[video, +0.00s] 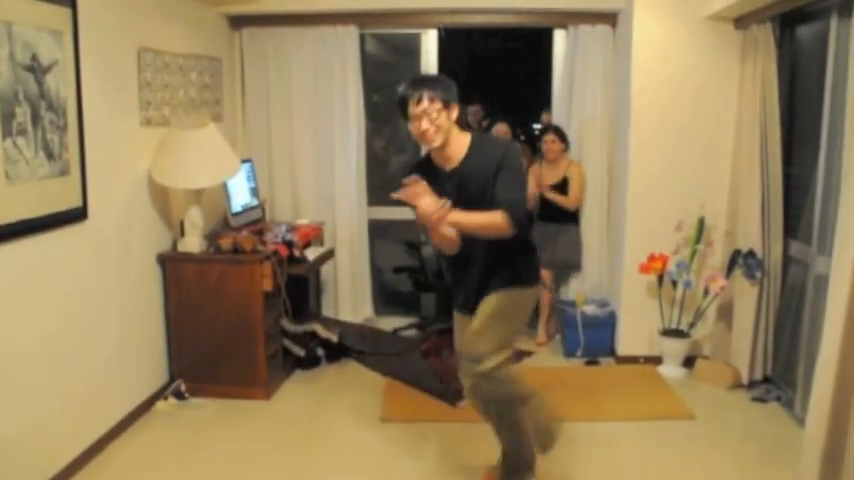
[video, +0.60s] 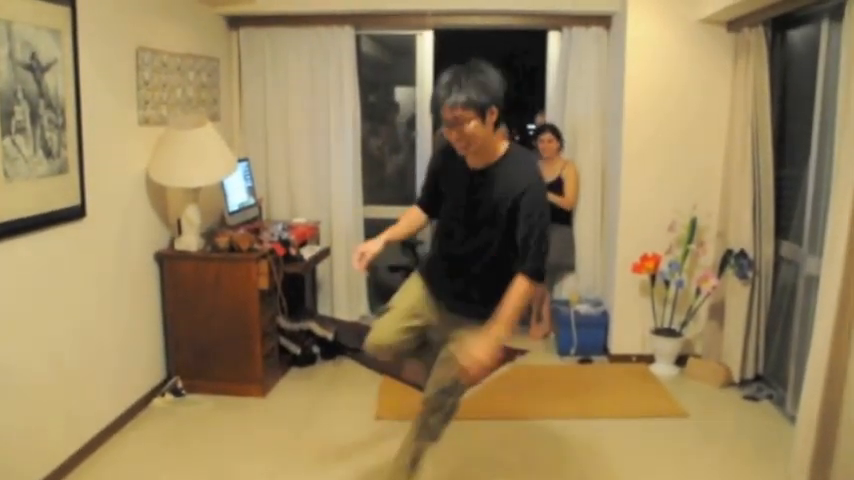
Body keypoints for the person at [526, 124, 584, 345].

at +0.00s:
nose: (548, 147)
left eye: (553, 142)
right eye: (545, 142)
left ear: (563, 146)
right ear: (540, 146)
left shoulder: (573, 168)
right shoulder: (536, 169)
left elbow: (573, 203)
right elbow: (530, 202)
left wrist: (547, 192)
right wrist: (533, 189)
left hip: (565, 227)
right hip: (542, 226)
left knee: (546, 275)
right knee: (548, 279)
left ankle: (543, 325)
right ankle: (553, 321)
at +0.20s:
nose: (547, 146)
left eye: (551, 141)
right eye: (543, 141)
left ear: (561, 145)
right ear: (538, 145)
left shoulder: (570, 167)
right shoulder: (535, 167)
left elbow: (571, 200)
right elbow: (528, 198)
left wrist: (553, 183)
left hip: (564, 228)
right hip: (538, 227)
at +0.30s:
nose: (547, 146)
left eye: (551, 141)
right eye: (543, 142)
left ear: (561, 144)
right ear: (538, 146)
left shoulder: (569, 166)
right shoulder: (535, 169)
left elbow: (568, 197)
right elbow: (530, 199)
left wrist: (559, 172)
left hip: (563, 228)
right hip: (539, 227)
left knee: (551, 280)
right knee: (540, 280)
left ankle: (550, 326)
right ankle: (547, 327)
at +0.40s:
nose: (546, 146)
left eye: (551, 141)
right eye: (543, 141)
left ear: (560, 144)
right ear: (538, 146)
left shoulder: (569, 165)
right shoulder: (537, 167)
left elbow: (569, 198)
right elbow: (531, 198)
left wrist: (561, 171)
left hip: (561, 225)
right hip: (539, 224)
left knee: (538, 274)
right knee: (544, 279)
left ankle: (536, 319)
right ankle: (548, 323)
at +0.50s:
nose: (545, 146)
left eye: (550, 141)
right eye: (542, 141)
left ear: (559, 144)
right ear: (537, 145)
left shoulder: (568, 166)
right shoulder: (538, 167)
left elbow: (568, 200)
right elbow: (532, 197)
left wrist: (553, 177)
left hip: (559, 225)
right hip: (539, 223)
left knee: (538, 273)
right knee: (543, 279)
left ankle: (535, 319)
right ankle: (547, 323)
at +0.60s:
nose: (545, 146)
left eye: (550, 141)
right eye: (541, 141)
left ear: (559, 144)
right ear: (536, 145)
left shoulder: (567, 167)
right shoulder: (534, 168)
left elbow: (569, 202)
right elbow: (529, 195)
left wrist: (544, 194)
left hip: (558, 226)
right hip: (537, 224)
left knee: (544, 274)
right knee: (539, 274)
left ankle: (535, 319)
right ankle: (545, 320)